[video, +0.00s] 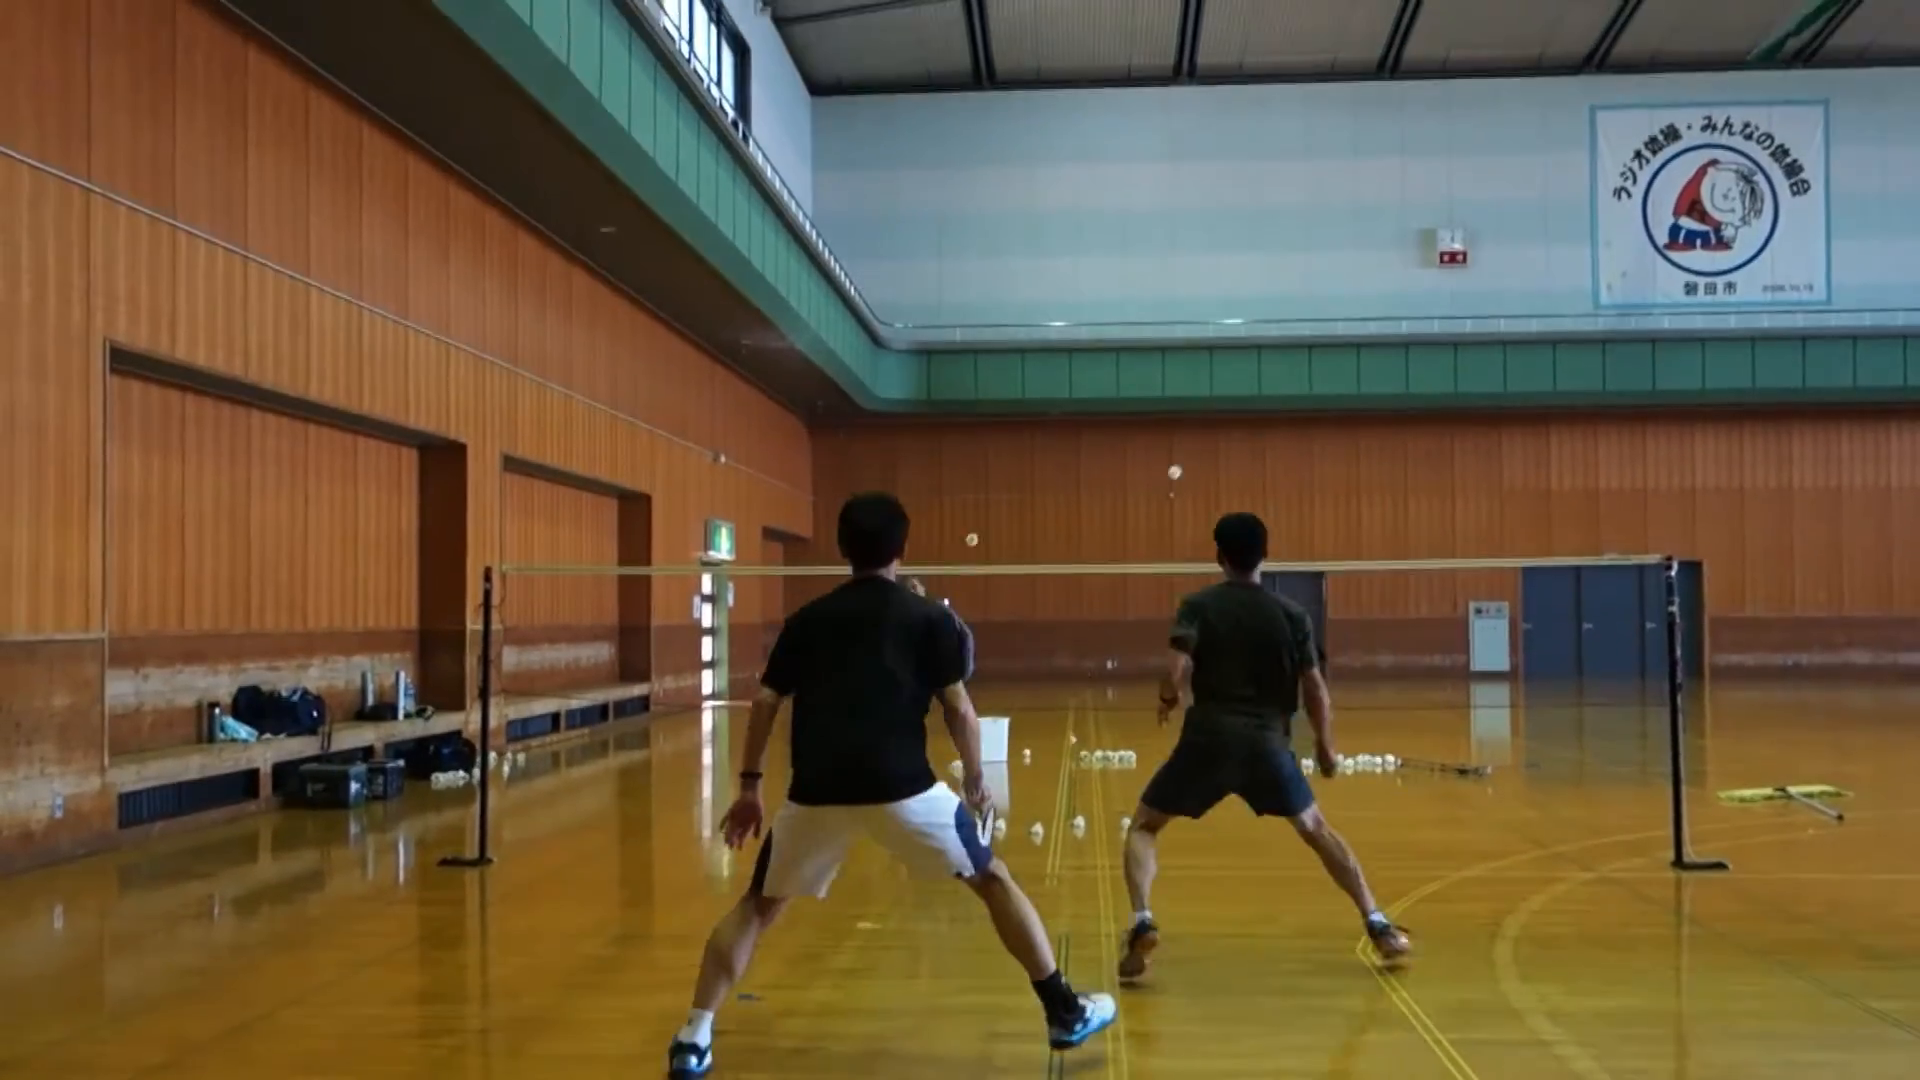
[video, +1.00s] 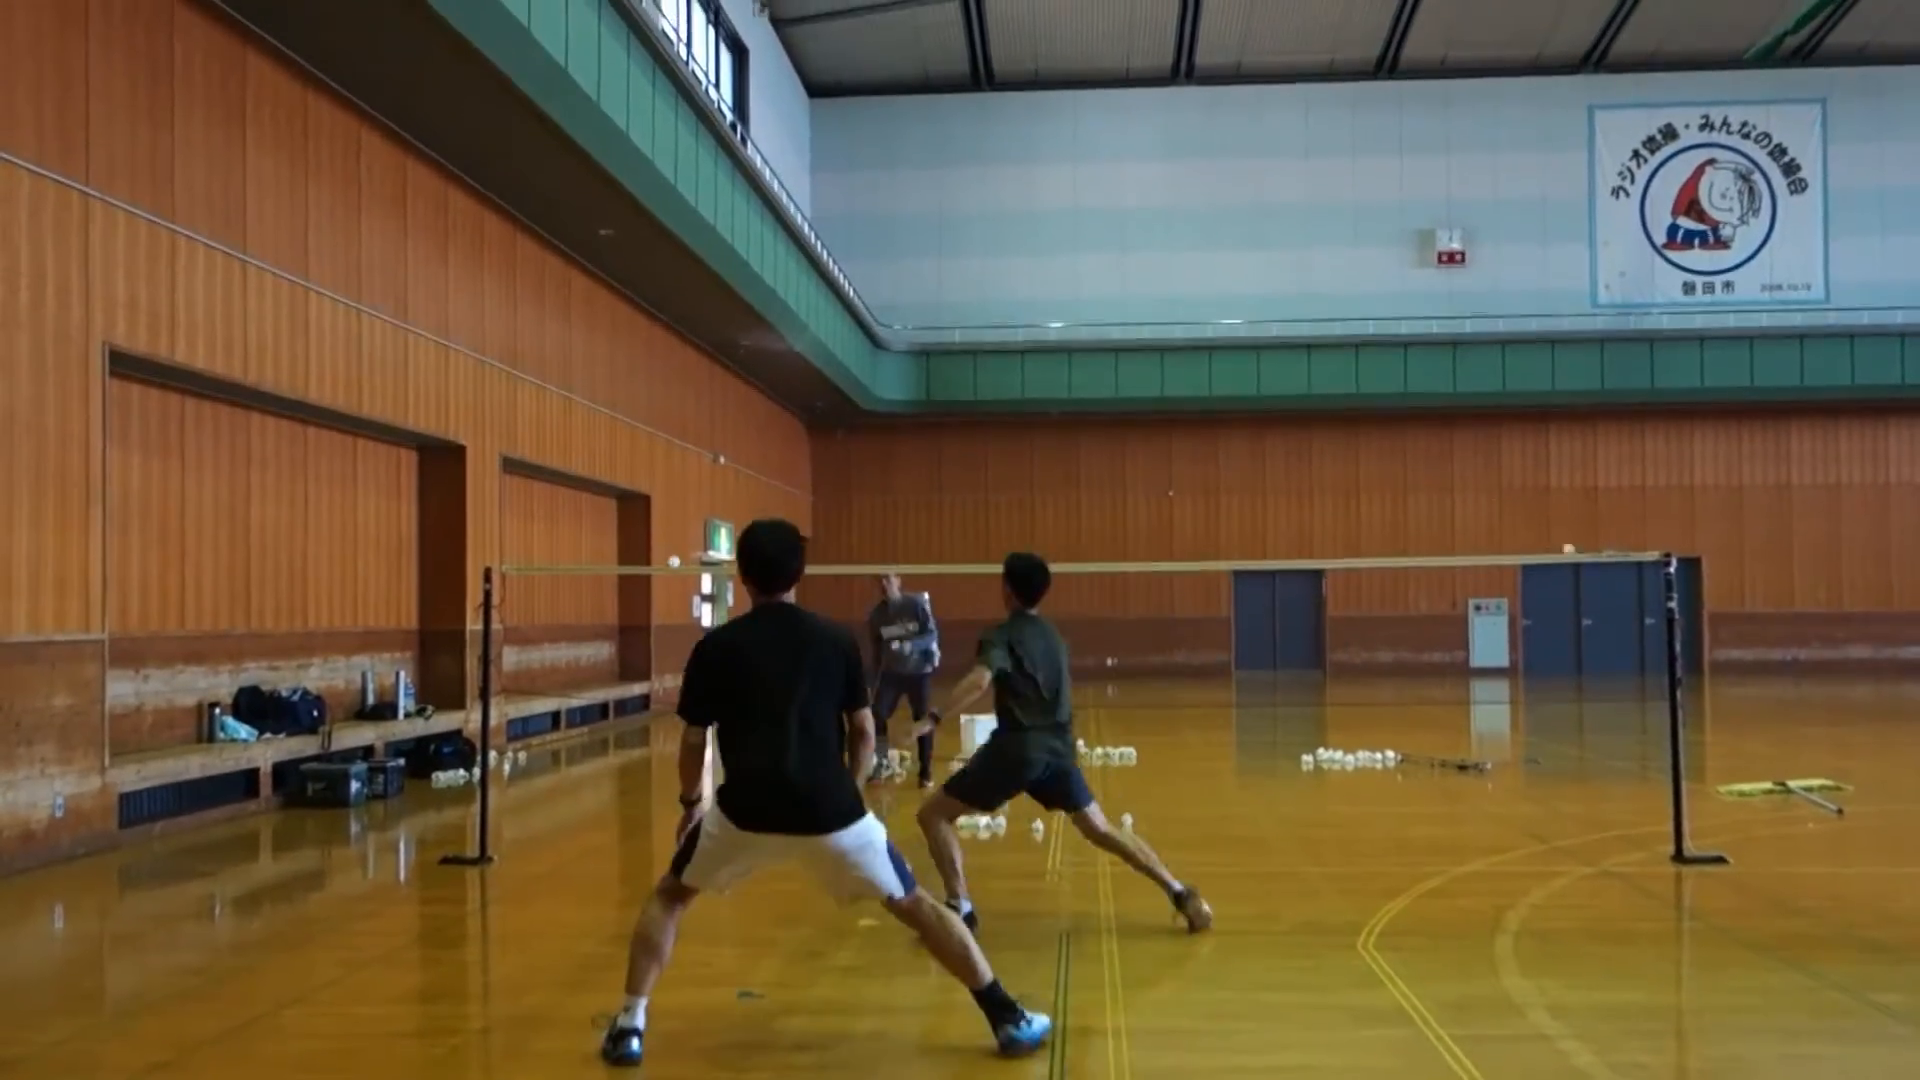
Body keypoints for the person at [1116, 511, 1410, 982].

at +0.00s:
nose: (1218, 557)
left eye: (1217, 551)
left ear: (1219, 556)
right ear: (1263, 556)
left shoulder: (1199, 606)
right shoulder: (1291, 616)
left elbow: (1176, 671)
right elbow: (1315, 689)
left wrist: (1169, 695)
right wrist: (1325, 746)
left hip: (1206, 747)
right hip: (1269, 749)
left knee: (1144, 828)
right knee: (1318, 831)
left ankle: (1142, 917)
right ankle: (1375, 920)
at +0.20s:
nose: (1155, 587)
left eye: (1156, 581)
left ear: (1157, 587)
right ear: (1200, 591)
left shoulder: (1133, 633)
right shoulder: (1215, 649)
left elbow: (1084, 672)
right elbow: (1228, 726)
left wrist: (1074, 681)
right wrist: (1203, 745)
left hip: (1127, 760)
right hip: (1184, 767)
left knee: (1062, 843)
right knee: (1210, 839)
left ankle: (1042, 945)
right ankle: (1244, 927)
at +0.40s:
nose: (1137, 598)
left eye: (1138, 592)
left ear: (1140, 598)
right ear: (1180, 602)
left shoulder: (1120, 634)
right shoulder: (1193, 647)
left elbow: (1067, 634)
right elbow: (1207, 668)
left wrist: (1022, 622)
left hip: (1127, 760)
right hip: (1181, 762)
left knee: (1061, 833)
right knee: (1202, 806)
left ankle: (1026, 913)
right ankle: (1225, 892)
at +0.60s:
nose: (1128, 597)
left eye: (1130, 591)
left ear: (1132, 598)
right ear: (1169, 601)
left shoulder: (1123, 634)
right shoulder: (1186, 646)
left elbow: (1083, 664)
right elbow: (1199, 703)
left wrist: (1021, 675)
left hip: (1135, 746)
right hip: (1183, 747)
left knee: (1082, 836)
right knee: (1196, 806)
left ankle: (1058, 922)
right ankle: (1226, 886)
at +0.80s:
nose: (1090, 570)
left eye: (1091, 564)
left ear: (1090, 568)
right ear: (1129, 571)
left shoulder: (1071, 610)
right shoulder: (1151, 624)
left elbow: (1052, 670)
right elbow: (1161, 694)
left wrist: (1023, 717)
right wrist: (1144, 726)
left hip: (1079, 725)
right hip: (1133, 728)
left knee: (1012, 796)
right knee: (1161, 794)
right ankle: (1196, 873)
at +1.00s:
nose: (1001, 586)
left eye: (1004, 581)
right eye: (1005, 580)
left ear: (1007, 589)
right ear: (1042, 592)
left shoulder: (1002, 637)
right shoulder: (1052, 637)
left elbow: (979, 681)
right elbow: (1054, 698)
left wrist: (935, 717)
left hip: (1014, 752)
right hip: (1058, 753)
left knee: (933, 815)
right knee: (1100, 830)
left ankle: (959, 906)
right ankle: (1178, 891)